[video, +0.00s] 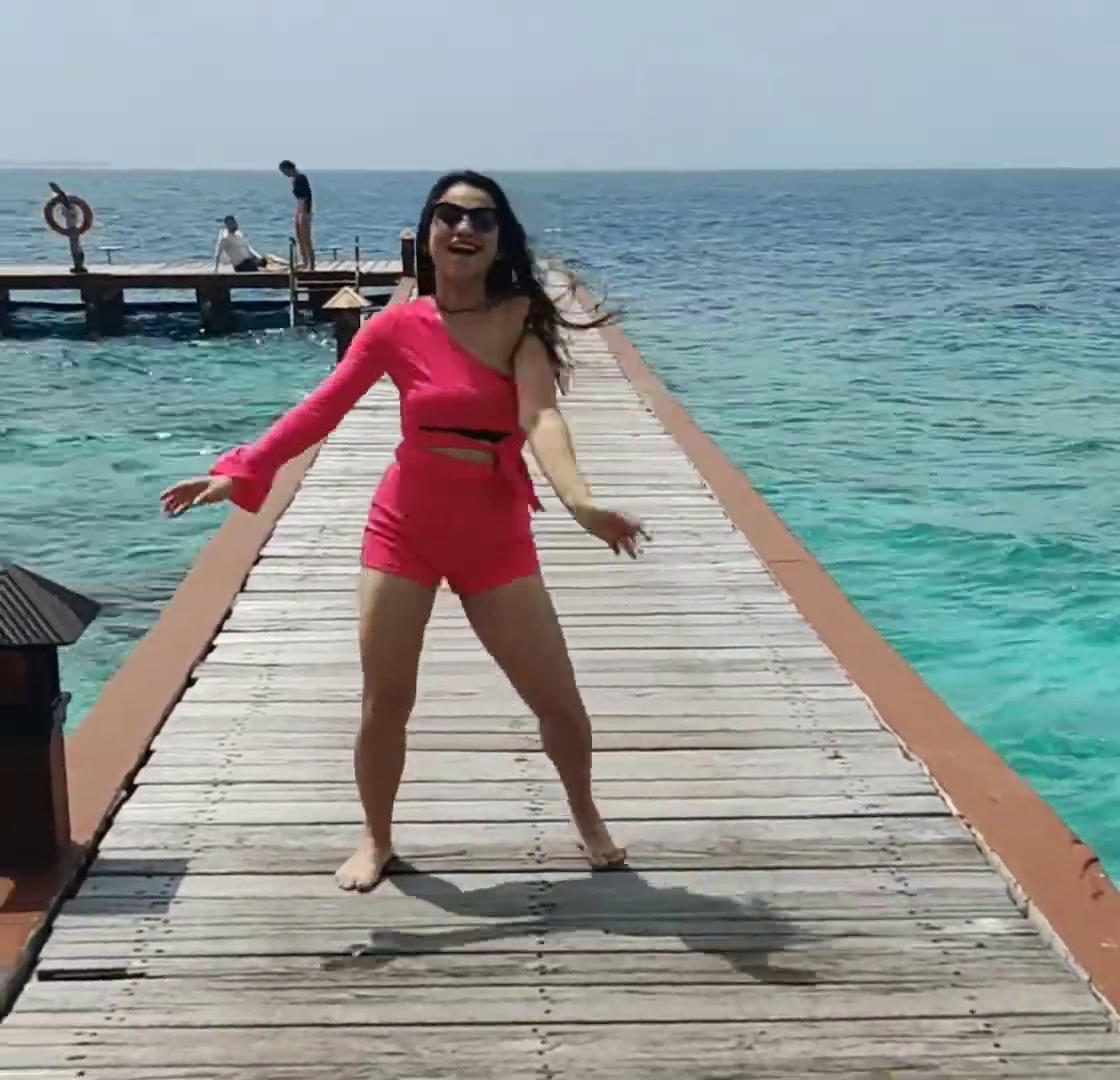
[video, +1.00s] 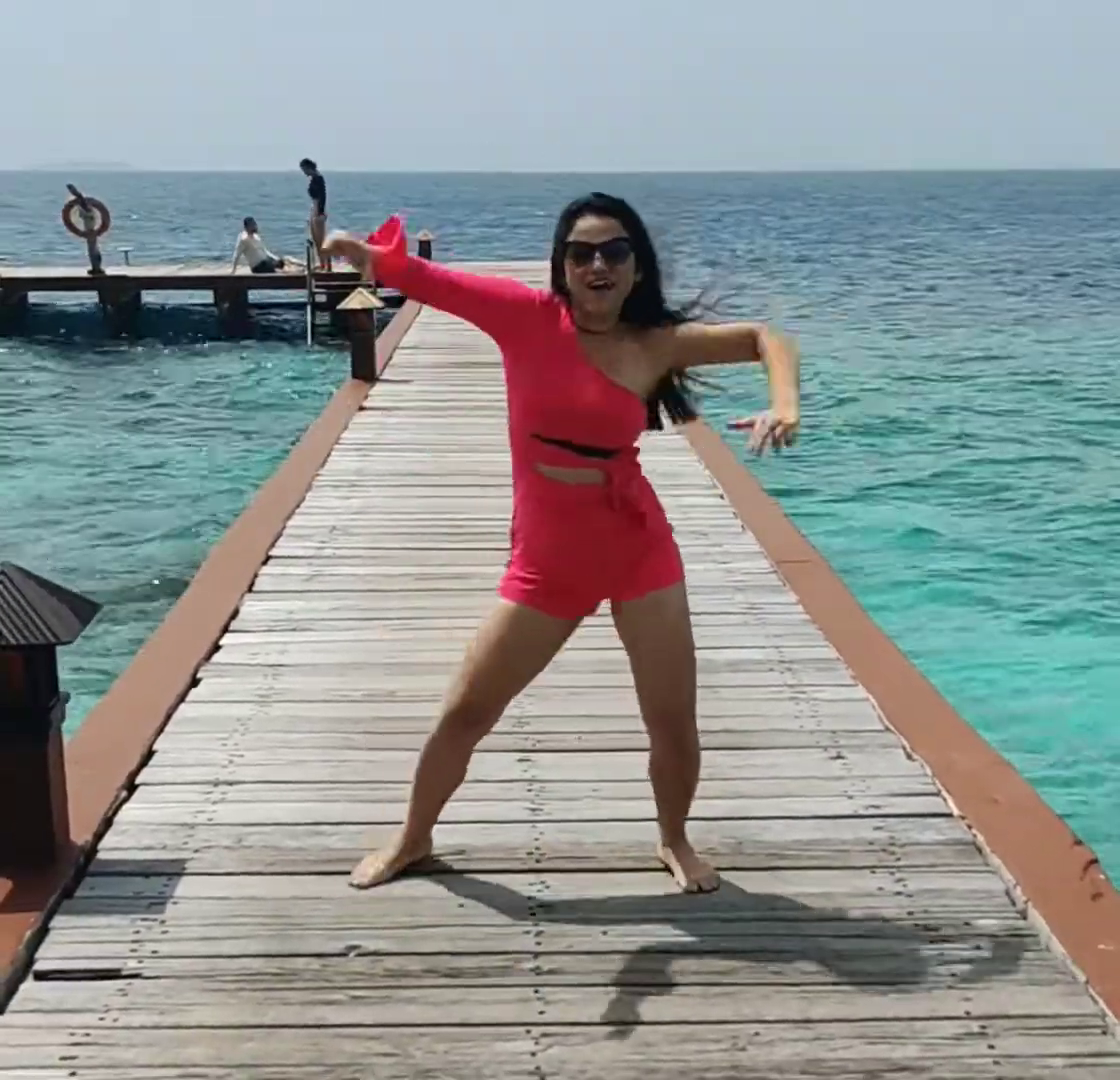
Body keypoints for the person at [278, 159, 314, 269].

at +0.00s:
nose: (285, 174)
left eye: (285, 172)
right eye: (283, 172)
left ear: (290, 169)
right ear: (287, 171)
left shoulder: (300, 179)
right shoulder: (295, 179)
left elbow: (305, 197)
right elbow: (299, 198)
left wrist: (305, 213)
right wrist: (297, 213)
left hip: (305, 210)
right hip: (299, 209)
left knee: (305, 237)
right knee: (300, 236)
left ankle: (311, 265)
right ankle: (304, 262)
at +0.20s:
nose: (304, 174)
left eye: (304, 171)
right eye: (303, 171)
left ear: (309, 167)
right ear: (306, 170)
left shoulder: (319, 178)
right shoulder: (314, 179)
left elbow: (323, 196)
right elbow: (318, 197)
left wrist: (322, 212)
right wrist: (316, 212)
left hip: (323, 209)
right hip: (318, 209)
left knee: (324, 237)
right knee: (318, 236)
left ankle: (329, 263)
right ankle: (323, 261)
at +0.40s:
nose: (306, 174)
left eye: (306, 171)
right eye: (305, 172)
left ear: (310, 168)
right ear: (309, 170)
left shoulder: (321, 179)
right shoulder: (316, 179)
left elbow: (325, 195)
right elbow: (319, 196)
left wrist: (323, 211)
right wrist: (318, 211)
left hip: (324, 210)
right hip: (318, 210)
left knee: (326, 238)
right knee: (320, 238)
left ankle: (330, 264)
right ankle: (324, 262)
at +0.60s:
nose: (304, 174)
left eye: (304, 171)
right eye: (302, 171)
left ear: (308, 168)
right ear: (306, 170)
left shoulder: (317, 179)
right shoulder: (313, 179)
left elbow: (321, 197)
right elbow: (316, 197)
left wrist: (318, 213)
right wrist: (314, 212)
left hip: (320, 211)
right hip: (315, 210)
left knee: (322, 239)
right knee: (317, 238)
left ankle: (328, 265)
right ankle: (322, 263)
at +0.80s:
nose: (304, 173)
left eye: (304, 170)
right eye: (303, 171)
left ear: (309, 168)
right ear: (307, 169)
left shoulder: (317, 179)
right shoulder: (313, 179)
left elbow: (321, 197)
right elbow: (315, 197)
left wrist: (318, 212)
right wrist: (313, 212)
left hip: (319, 211)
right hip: (314, 210)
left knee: (322, 239)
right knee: (316, 239)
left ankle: (328, 266)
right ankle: (322, 264)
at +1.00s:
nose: (304, 172)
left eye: (305, 169)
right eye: (303, 170)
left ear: (310, 168)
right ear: (309, 168)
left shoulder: (317, 180)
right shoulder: (314, 179)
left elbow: (319, 198)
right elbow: (315, 198)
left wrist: (318, 213)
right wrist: (312, 214)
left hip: (319, 213)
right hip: (314, 212)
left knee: (320, 239)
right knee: (316, 239)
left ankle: (326, 265)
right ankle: (322, 264)